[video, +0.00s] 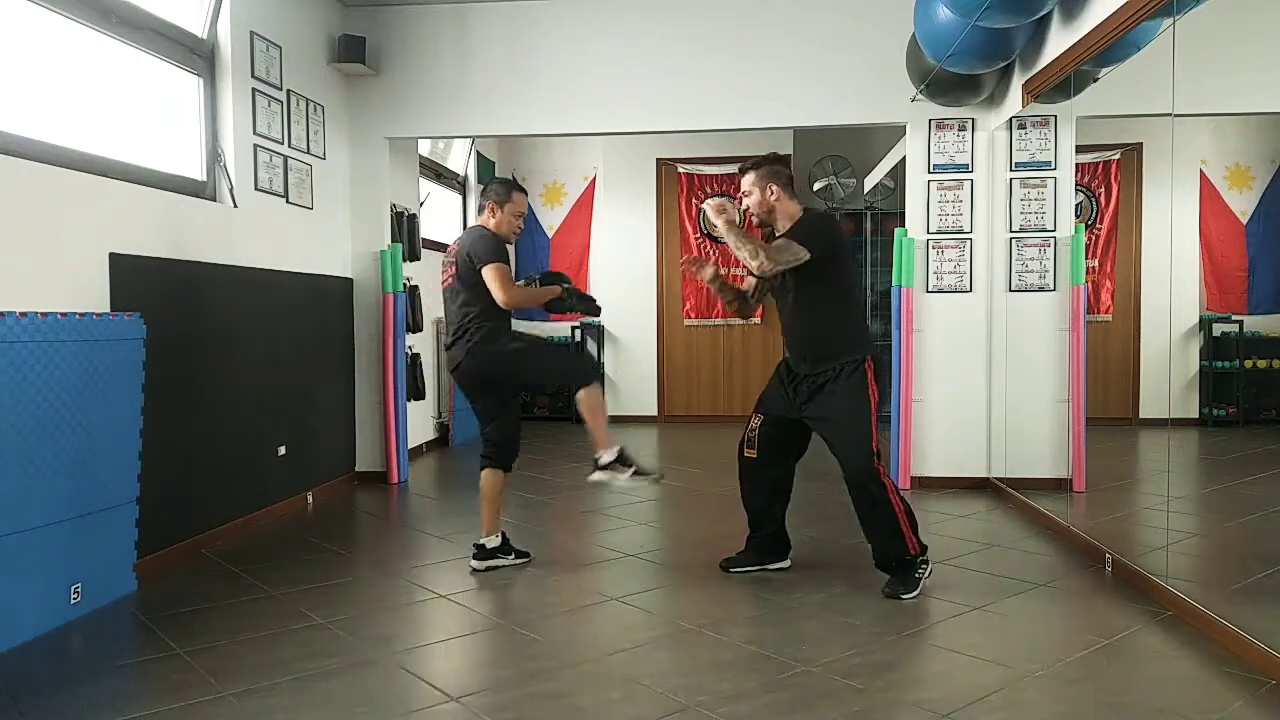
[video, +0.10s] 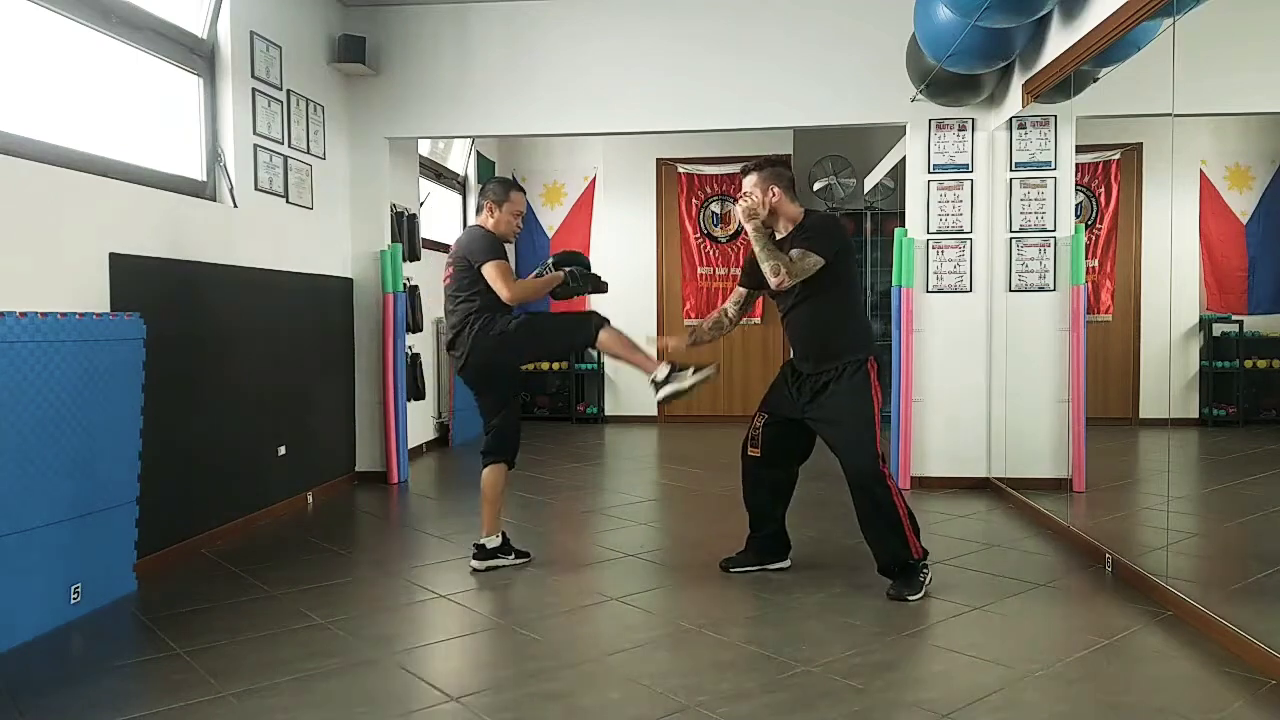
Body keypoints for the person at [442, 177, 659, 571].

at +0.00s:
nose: (521, 224)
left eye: (522, 217)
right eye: (517, 215)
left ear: (490, 212)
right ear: (491, 209)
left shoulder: (467, 242)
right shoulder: (484, 239)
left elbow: (495, 300)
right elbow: (507, 296)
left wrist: (535, 289)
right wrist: (554, 293)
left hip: (469, 360)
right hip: (490, 351)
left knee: (498, 445)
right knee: (582, 366)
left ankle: (490, 544)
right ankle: (607, 454)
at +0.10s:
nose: (520, 223)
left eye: (521, 216)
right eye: (515, 214)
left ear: (489, 213)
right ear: (489, 209)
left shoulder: (471, 243)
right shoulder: (480, 239)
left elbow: (502, 296)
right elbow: (511, 292)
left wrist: (540, 278)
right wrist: (553, 277)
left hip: (474, 357)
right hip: (493, 339)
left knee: (499, 444)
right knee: (590, 324)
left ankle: (490, 543)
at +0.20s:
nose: (517, 222)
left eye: (519, 216)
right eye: (512, 214)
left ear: (490, 213)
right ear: (487, 209)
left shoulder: (485, 247)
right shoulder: (473, 240)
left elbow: (506, 295)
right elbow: (493, 296)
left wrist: (546, 286)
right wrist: (543, 277)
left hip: (483, 351)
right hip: (498, 334)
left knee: (503, 442)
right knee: (598, 314)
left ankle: (490, 544)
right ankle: (659, 372)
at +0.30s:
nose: (516, 221)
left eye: (517, 214)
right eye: (510, 213)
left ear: (492, 211)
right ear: (485, 207)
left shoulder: (494, 248)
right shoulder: (469, 237)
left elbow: (498, 295)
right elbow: (459, 285)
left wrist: (535, 282)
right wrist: (510, 270)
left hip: (489, 354)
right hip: (507, 343)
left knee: (503, 443)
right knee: (607, 347)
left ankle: (490, 543)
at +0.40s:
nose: (517, 217)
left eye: (519, 211)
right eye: (513, 209)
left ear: (486, 207)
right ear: (489, 203)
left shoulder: (468, 237)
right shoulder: (478, 228)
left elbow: (498, 268)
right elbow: (475, 265)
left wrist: (525, 247)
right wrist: (514, 238)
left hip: (484, 352)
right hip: (512, 345)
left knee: (497, 445)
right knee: (591, 405)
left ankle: (490, 543)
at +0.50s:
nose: (525, 212)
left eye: (527, 205)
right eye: (521, 204)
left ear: (489, 199)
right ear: (497, 197)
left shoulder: (460, 232)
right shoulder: (498, 227)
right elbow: (529, 254)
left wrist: (550, 224)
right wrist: (555, 213)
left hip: (477, 350)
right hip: (512, 348)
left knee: (491, 445)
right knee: (543, 446)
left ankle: (488, 541)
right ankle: (530, 547)